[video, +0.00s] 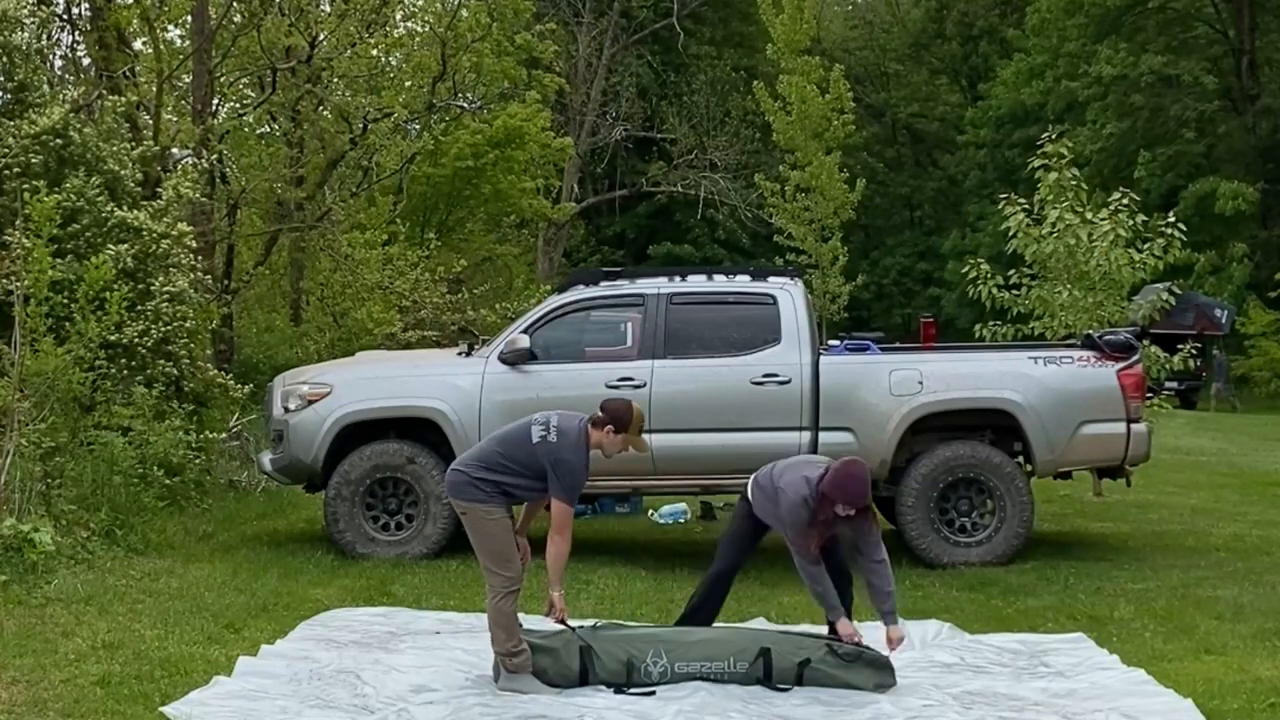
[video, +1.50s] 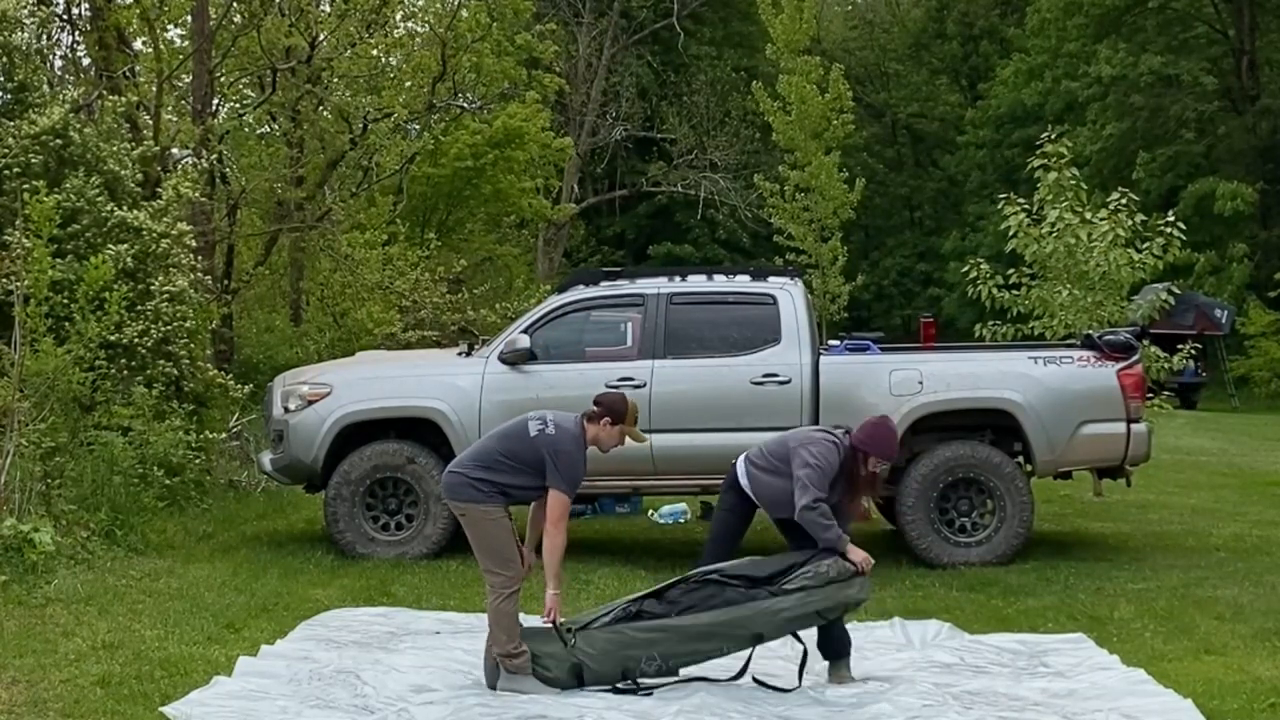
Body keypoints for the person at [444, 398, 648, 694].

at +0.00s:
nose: (626, 447)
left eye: (629, 441)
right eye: (625, 439)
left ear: (605, 426)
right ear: (607, 431)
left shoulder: (576, 427)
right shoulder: (569, 459)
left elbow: (543, 487)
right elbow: (558, 536)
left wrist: (521, 530)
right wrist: (556, 590)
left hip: (482, 483)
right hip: (475, 487)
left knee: (508, 573)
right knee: (505, 578)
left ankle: (506, 664)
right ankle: (514, 671)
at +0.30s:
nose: (627, 446)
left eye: (630, 439)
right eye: (627, 438)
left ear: (606, 425)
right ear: (610, 429)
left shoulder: (575, 427)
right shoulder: (573, 457)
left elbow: (542, 488)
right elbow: (562, 536)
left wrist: (522, 532)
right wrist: (559, 592)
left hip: (481, 482)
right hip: (477, 487)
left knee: (508, 575)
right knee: (505, 579)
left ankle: (507, 664)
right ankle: (513, 671)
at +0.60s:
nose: (626, 442)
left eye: (628, 436)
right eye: (625, 434)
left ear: (604, 421)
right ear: (607, 424)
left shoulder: (571, 427)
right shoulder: (573, 455)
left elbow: (543, 491)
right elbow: (563, 535)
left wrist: (520, 533)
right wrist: (563, 590)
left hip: (478, 483)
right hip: (475, 489)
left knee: (508, 574)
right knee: (504, 580)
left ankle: (506, 663)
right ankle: (514, 671)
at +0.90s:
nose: (623, 440)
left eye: (625, 434)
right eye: (622, 432)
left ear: (601, 420)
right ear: (605, 423)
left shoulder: (568, 427)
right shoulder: (569, 454)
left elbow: (541, 489)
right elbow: (563, 534)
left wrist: (519, 532)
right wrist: (564, 588)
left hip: (479, 485)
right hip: (474, 490)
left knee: (508, 572)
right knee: (502, 579)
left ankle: (506, 663)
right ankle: (513, 671)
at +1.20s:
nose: (626, 441)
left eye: (628, 435)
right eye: (625, 433)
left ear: (604, 421)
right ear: (608, 424)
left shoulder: (571, 427)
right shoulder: (572, 454)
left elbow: (542, 490)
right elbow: (564, 535)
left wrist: (520, 533)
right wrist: (565, 591)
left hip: (479, 484)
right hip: (476, 489)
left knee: (508, 573)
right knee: (503, 580)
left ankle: (505, 662)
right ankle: (513, 671)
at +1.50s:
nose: (622, 442)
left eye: (625, 435)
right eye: (622, 433)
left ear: (601, 421)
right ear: (604, 423)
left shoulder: (566, 431)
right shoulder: (569, 450)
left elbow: (542, 500)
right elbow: (554, 525)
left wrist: (529, 547)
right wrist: (553, 590)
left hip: (476, 486)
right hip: (472, 489)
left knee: (511, 571)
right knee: (506, 576)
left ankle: (498, 661)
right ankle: (513, 670)